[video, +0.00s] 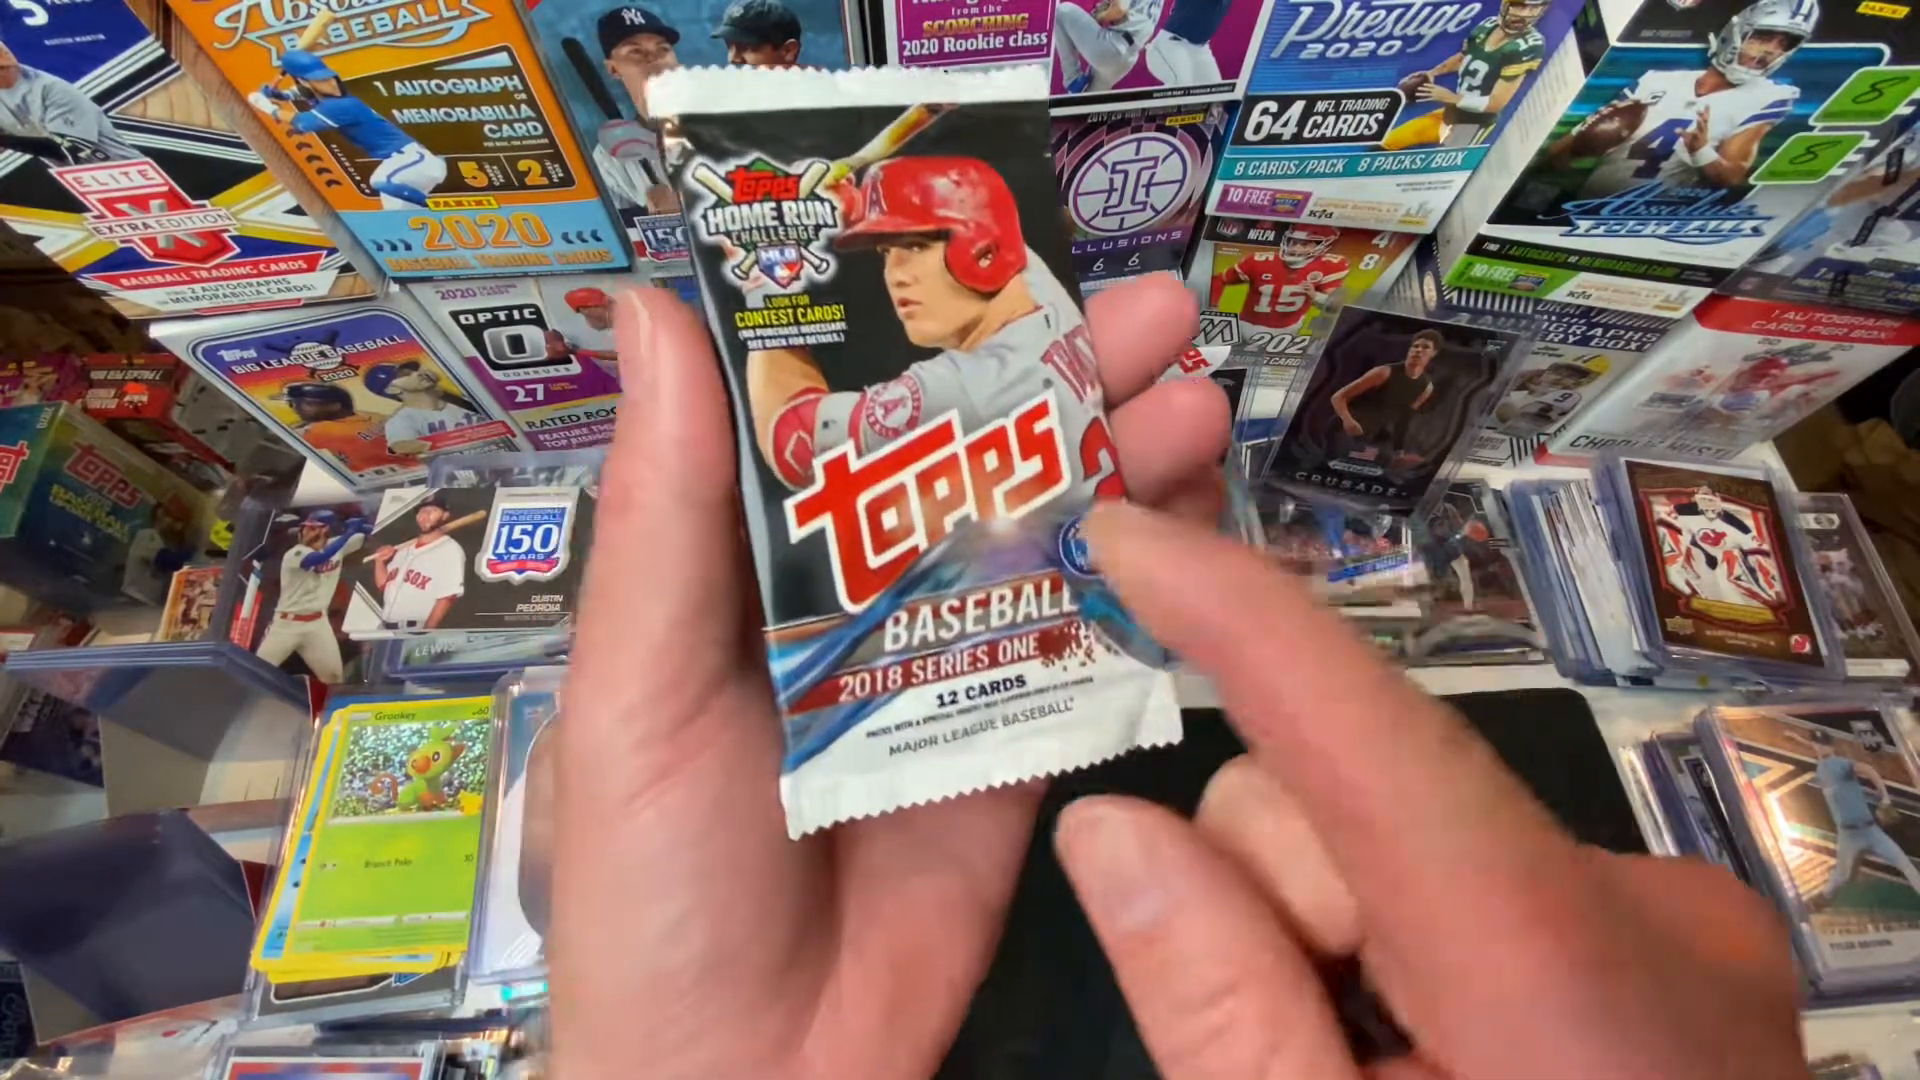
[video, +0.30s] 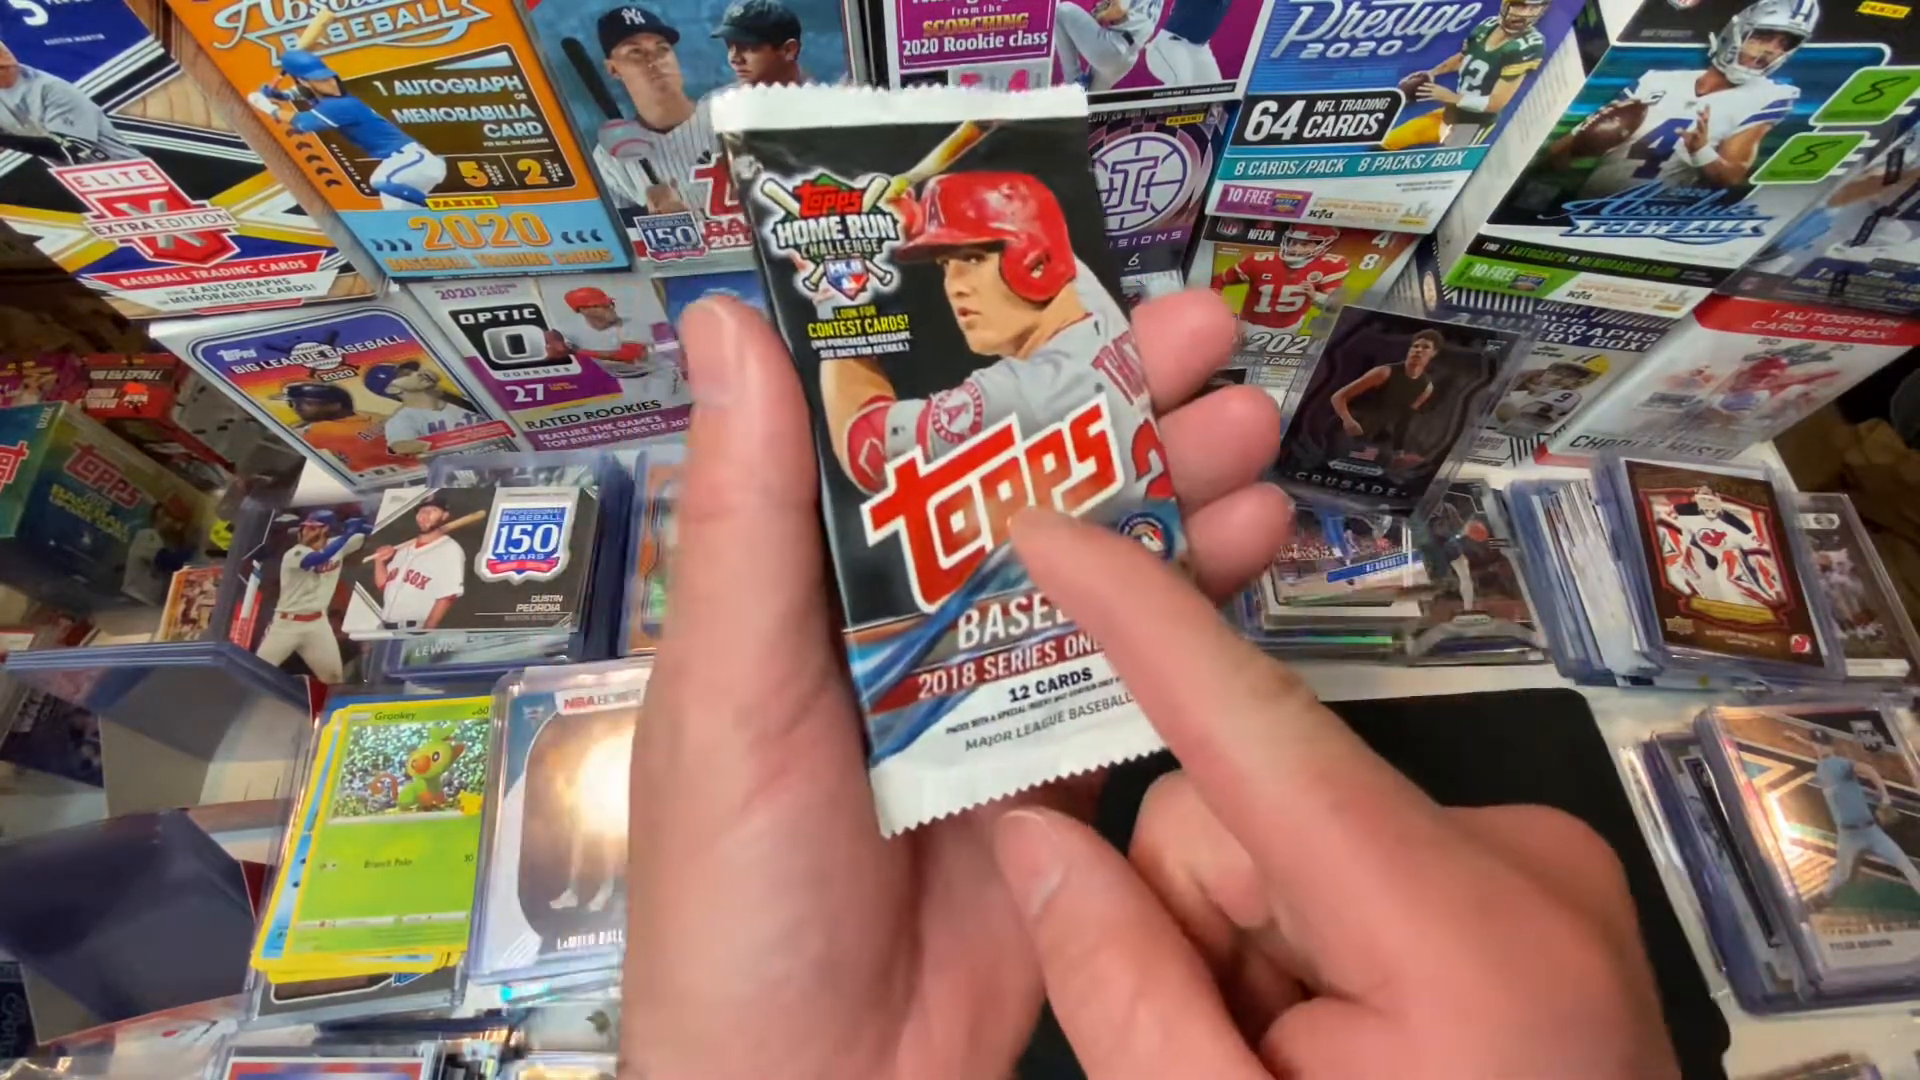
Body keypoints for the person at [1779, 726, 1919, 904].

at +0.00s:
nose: (1822, 749)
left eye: (1824, 744)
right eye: (1818, 746)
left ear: (1831, 745)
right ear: (1814, 748)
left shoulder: (1840, 764)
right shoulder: (1822, 767)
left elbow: (1869, 770)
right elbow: (1812, 746)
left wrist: (1884, 797)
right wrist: (1796, 738)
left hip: (1870, 829)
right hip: (1847, 834)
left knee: (1903, 862)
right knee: (1842, 874)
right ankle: (1825, 896)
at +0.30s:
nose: (1822, 749)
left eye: (1824, 744)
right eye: (1818, 745)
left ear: (1830, 745)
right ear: (1814, 748)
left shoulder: (1839, 764)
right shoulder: (1823, 767)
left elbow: (1869, 770)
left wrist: (1885, 797)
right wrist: (1796, 738)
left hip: (1871, 829)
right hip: (1847, 834)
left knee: (1903, 862)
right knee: (1842, 874)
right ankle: (1825, 896)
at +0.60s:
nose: (1823, 749)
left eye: (1825, 744)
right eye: (1819, 745)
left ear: (1831, 745)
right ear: (1814, 747)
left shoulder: (1839, 764)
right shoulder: (1823, 767)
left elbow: (1868, 770)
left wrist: (1885, 797)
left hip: (1871, 828)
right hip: (1847, 834)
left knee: (1904, 864)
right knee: (1843, 875)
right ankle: (1823, 897)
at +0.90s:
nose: (1824, 749)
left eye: (1826, 744)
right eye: (1819, 745)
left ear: (1831, 745)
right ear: (1814, 748)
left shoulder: (1839, 764)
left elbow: (1868, 770)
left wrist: (1885, 797)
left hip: (1871, 829)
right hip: (1847, 834)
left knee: (1904, 863)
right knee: (1842, 875)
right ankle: (1824, 897)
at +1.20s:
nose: (1822, 749)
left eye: (1825, 744)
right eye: (1818, 745)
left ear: (1831, 745)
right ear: (1815, 749)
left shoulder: (1839, 764)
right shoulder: (1823, 766)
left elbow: (1869, 770)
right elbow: (1813, 750)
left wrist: (1885, 798)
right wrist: (1798, 739)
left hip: (1870, 829)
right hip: (1847, 834)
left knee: (1904, 863)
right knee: (1843, 875)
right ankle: (1822, 899)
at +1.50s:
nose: (1822, 749)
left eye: (1824, 744)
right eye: (1818, 746)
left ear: (1830, 745)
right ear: (1815, 748)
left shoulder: (1840, 763)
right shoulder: (1822, 766)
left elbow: (1869, 770)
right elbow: (1812, 746)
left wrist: (1885, 797)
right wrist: (1797, 739)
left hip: (1870, 829)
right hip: (1847, 834)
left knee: (1903, 863)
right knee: (1842, 874)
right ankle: (1824, 897)